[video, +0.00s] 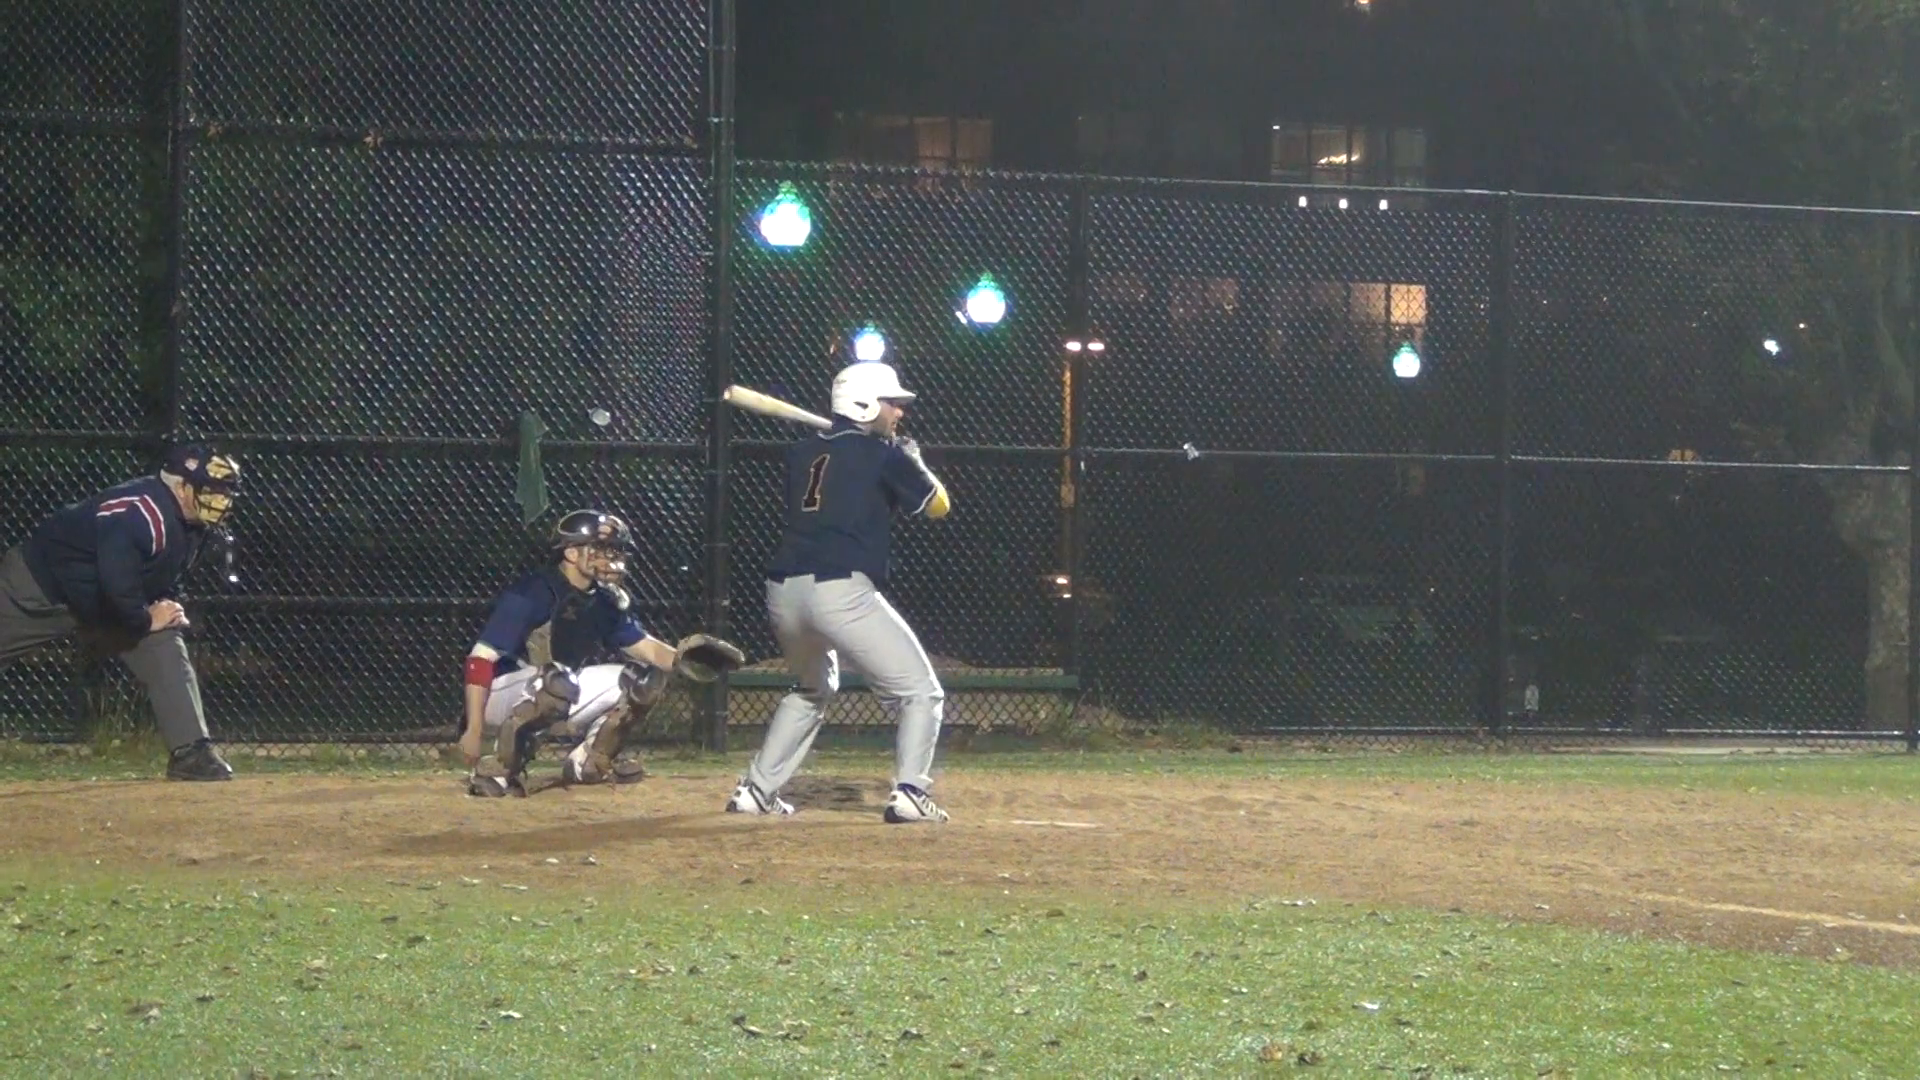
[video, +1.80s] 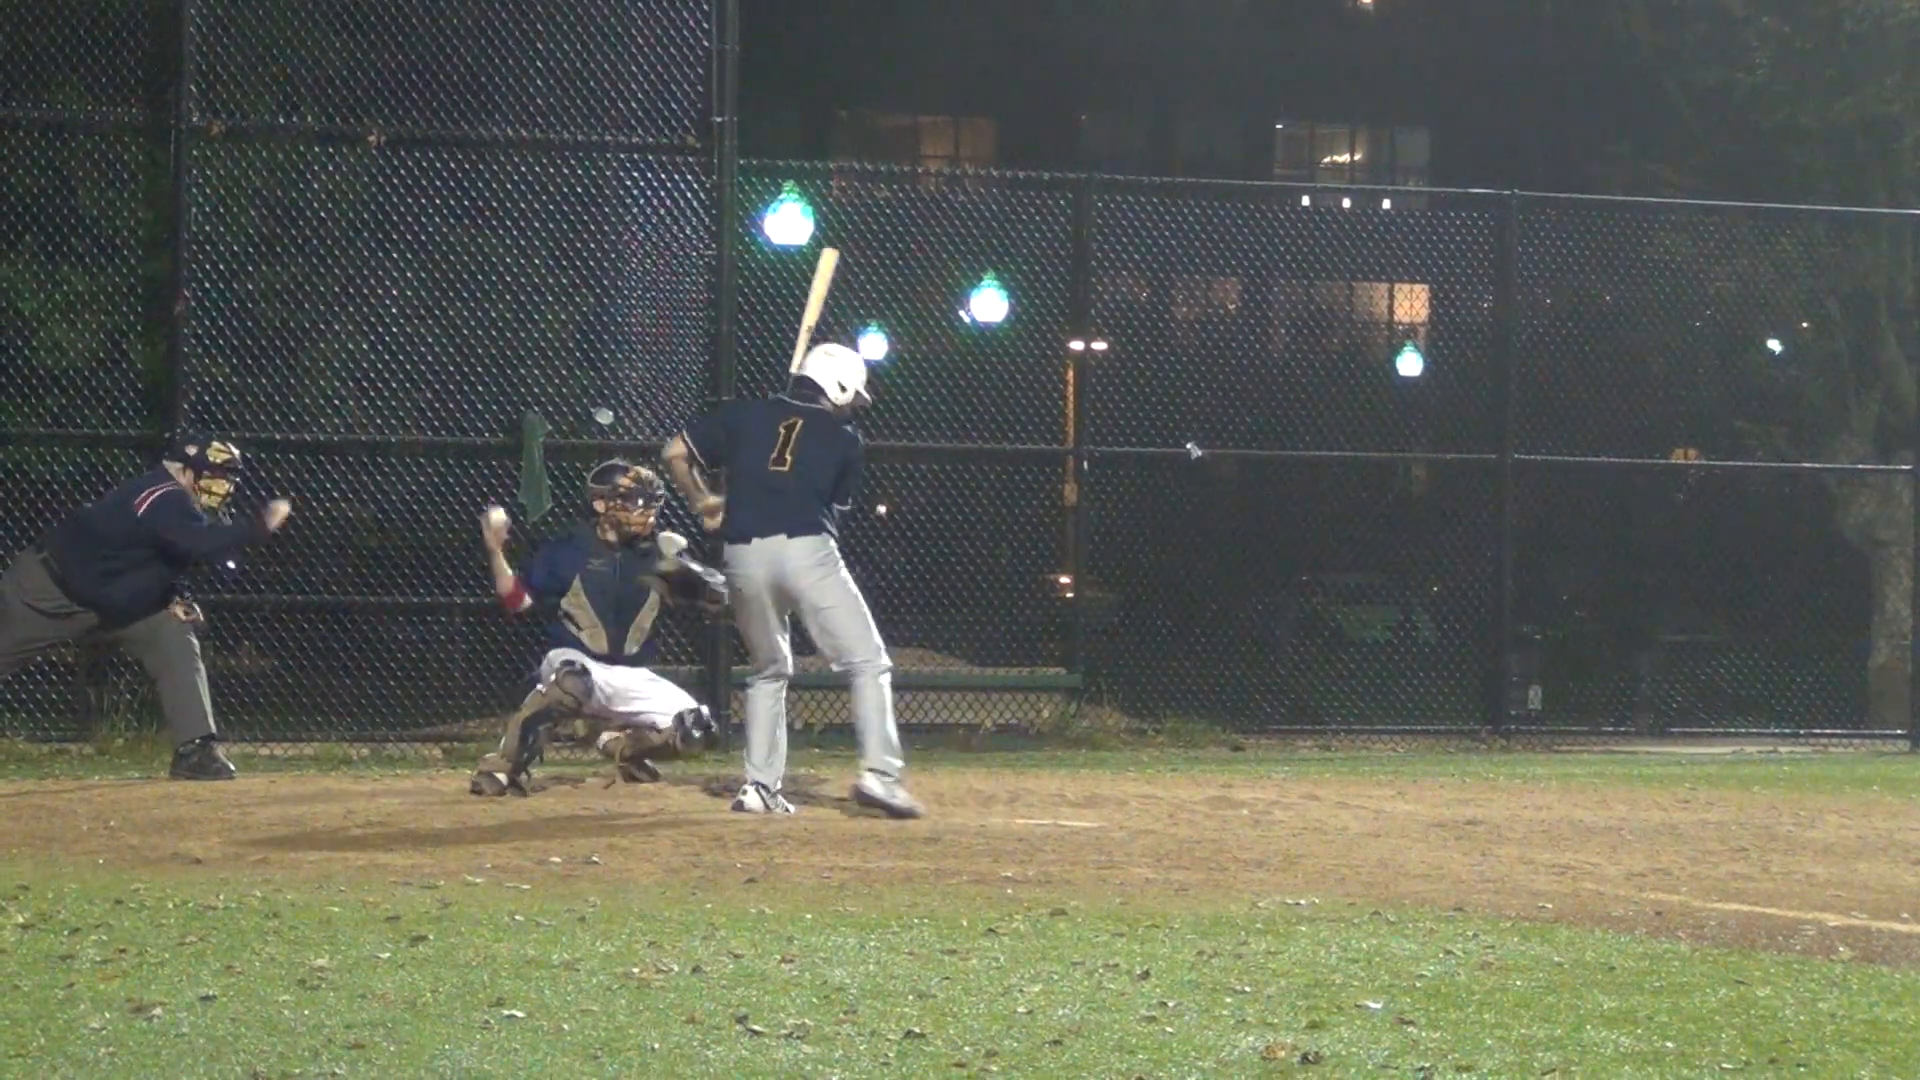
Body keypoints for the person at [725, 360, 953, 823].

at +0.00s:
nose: (900, 412)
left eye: (899, 403)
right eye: (893, 403)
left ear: (848, 408)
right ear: (866, 406)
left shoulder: (801, 450)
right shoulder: (882, 454)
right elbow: (939, 506)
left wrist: (879, 453)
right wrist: (915, 464)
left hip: (782, 592)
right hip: (842, 591)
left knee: (810, 688)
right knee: (922, 693)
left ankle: (756, 791)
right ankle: (911, 793)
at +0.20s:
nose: (892, 419)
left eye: (891, 410)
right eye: (885, 410)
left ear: (840, 410)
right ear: (860, 412)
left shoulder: (787, 447)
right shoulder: (875, 462)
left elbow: (778, 501)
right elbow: (908, 531)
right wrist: (891, 484)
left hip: (763, 590)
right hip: (826, 589)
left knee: (799, 683)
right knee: (902, 693)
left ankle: (755, 789)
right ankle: (909, 793)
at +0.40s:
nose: (875, 415)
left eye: (875, 406)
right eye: (868, 406)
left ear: (819, 404)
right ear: (842, 406)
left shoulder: (770, 433)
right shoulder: (863, 462)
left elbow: (723, 451)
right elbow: (859, 531)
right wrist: (874, 511)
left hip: (753, 578)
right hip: (817, 576)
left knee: (777, 678)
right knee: (890, 677)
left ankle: (752, 786)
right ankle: (911, 770)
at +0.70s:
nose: (877, 416)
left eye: (877, 407)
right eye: (871, 407)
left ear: (821, 406)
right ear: (849, 407)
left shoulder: (775, 441)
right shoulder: (873, 453)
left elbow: (700, 458)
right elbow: (872, 508)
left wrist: (750, 446)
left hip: (777, 579)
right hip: (841, 574)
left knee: (785, 681)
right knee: (920, 670)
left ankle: (754, 787)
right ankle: (952, 759)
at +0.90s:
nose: (905, 444)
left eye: (905, 435)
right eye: (901, 434)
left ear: (849, 429)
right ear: (886, 429)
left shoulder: (802, 468)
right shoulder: (903, 473)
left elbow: (732, 512)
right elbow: (910, 534)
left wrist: (784, 480)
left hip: (807, 599)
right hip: (873, 595)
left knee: (803, 688)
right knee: (954, 699)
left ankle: (759, 787)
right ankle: (977, 794)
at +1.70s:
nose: (861, 423)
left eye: (863, 415)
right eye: (860, 413)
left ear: (810, 390)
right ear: (848, 405)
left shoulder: (754, 423)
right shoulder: (852, 450)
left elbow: (680, 448)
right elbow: (848, 511)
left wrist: (729, 476)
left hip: (752, 567)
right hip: (816, 563)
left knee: (771, 676)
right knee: (889, 671)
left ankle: (760, 785)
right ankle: (933, 776)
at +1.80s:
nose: (855, 405)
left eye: (858, 396)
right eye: (855, 395)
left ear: (802, 376)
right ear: (841, 390)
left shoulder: (746, 412)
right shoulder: (845, 436)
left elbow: (675, 452)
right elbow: (837, 504)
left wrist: (702, 503)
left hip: (742, 552)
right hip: (806, 549)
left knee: (767, 670)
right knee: (869, 663)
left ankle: (759, 786)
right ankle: (880, 776)